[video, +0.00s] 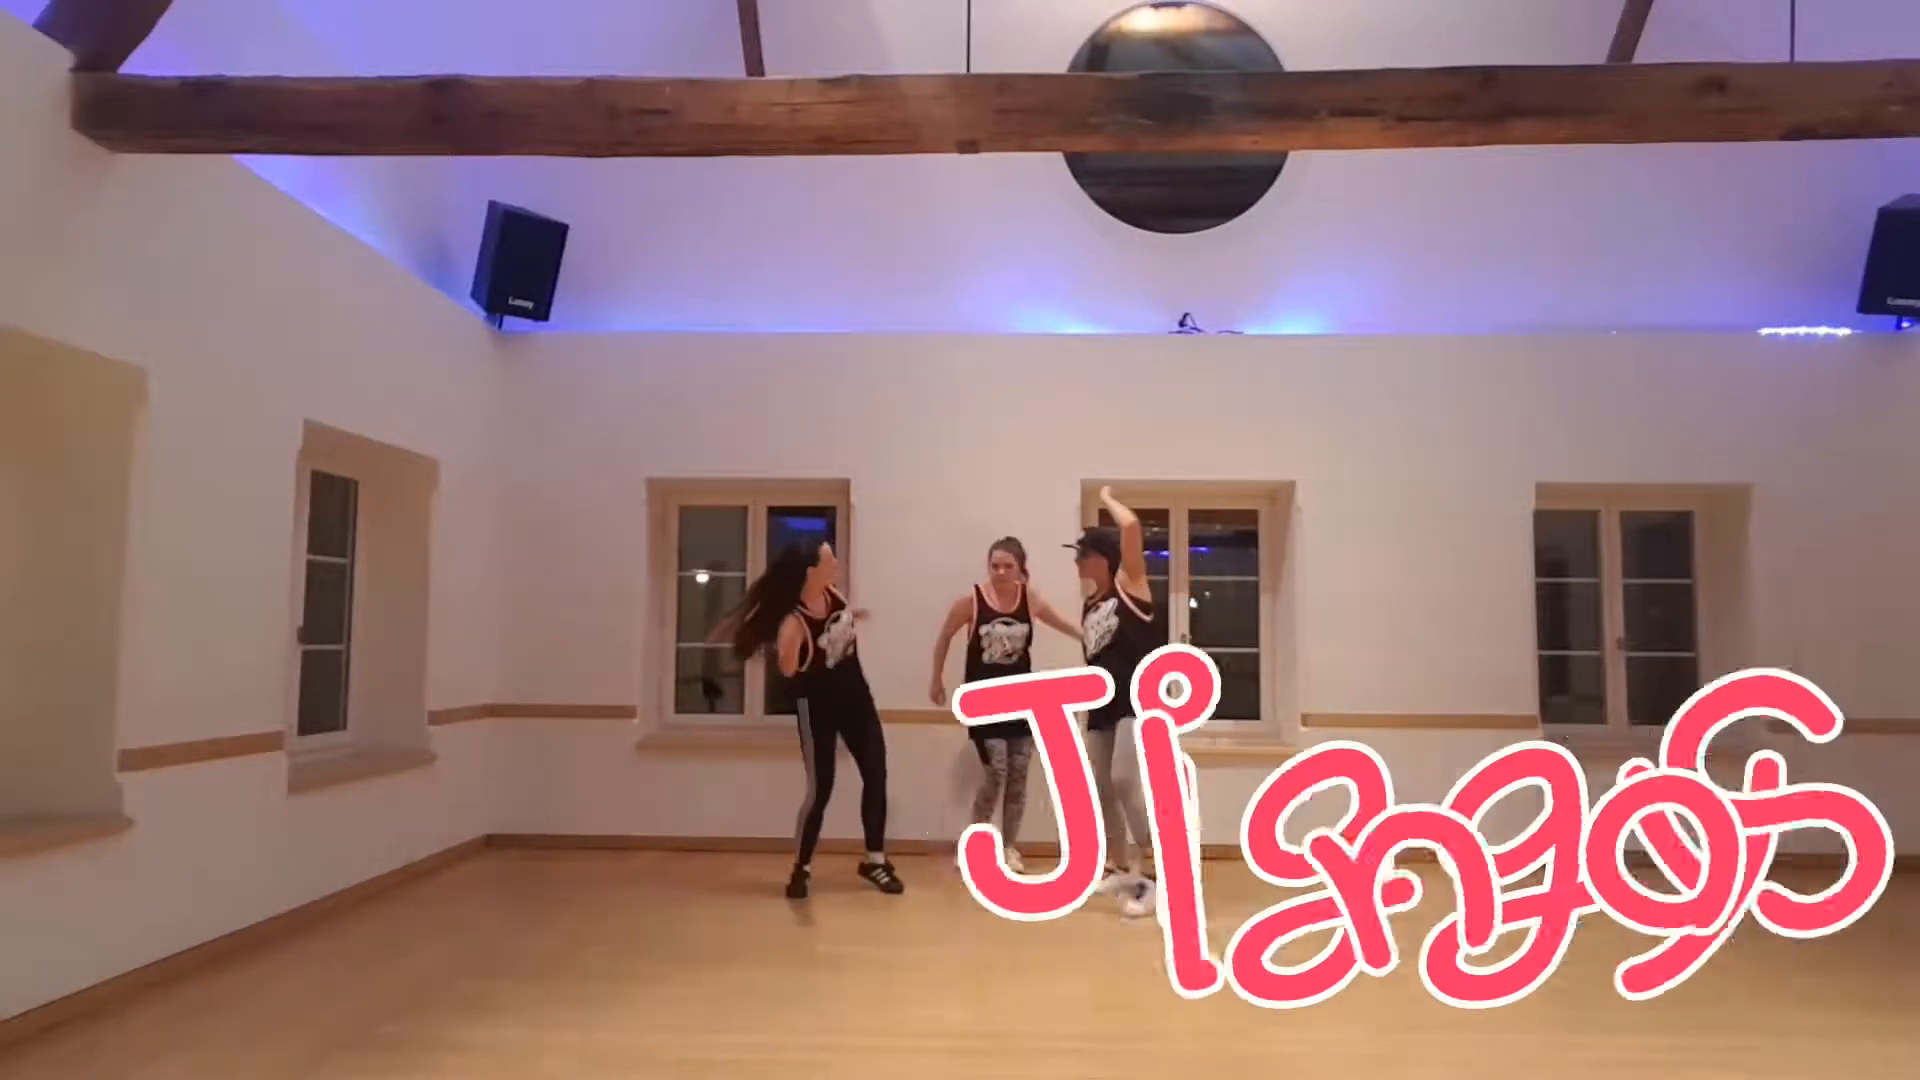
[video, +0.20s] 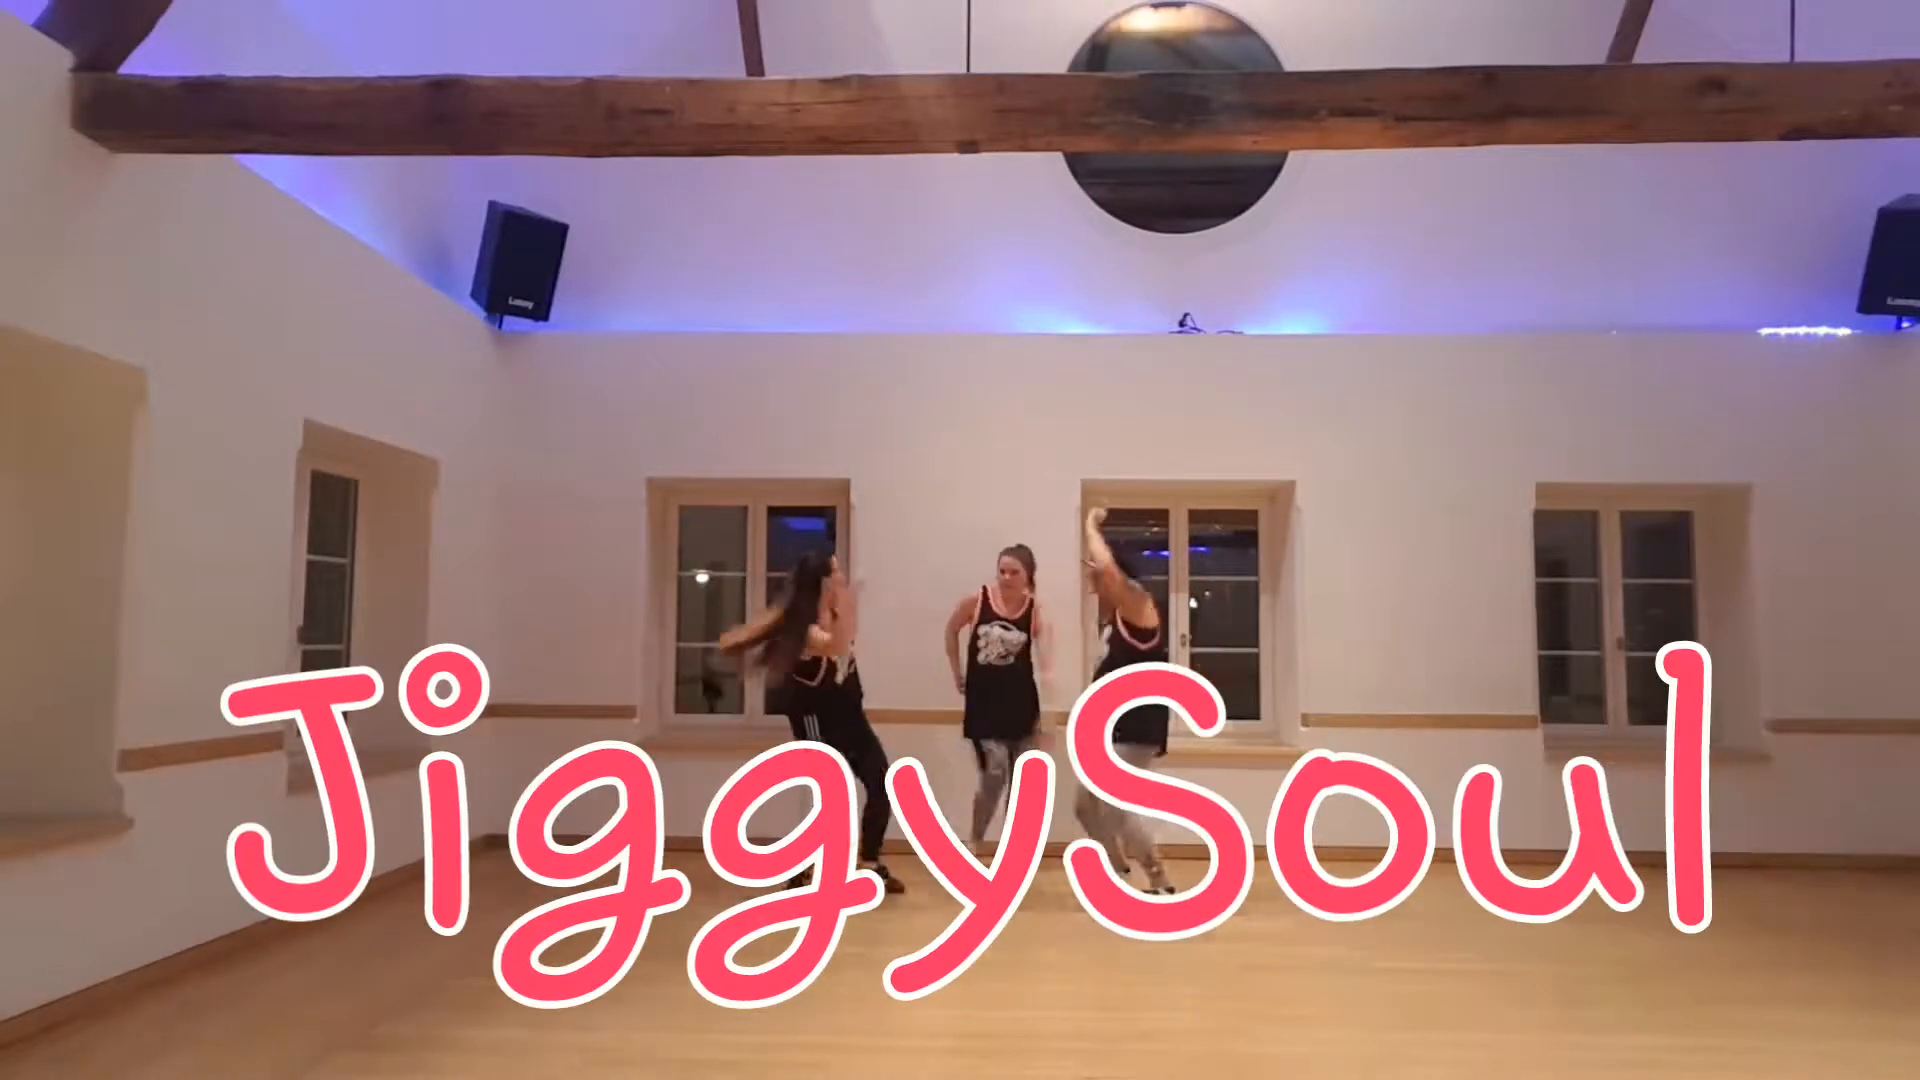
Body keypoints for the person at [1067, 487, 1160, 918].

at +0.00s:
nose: (1079, 567)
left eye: (1085, 559)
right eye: (1079, 560)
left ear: (1106, 559)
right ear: (1090, 563)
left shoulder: (1131, 584)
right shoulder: (1092, 607)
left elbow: (1130, 525)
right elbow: (1092, 658)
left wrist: (1107, 497)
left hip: (1134, 706)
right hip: (1099, 709)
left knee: (1125, 781)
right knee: (1101, 788)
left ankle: (1152, 873)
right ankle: (1119, 869)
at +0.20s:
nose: (1090, 581)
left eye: (1095, 574)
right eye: (1090, 573)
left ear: (1115, 575)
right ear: (1100, 578)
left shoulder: (1140, 605)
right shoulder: (1116, 612)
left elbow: (1107, 566)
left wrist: (1092, 528)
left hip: (1138, 728)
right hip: (1116, 728)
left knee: (1117, 807)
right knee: (1088, 805)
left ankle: (1160, 884)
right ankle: (1117, 871)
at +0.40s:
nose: (1096, 564)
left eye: (1101, 556)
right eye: (1097, 557)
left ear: (1116, 556)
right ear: (1122, 556)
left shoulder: (1139, 577)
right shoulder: (1129, 584)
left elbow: (1078, 576)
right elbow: (1085, 580)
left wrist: (1059, 537)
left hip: (1147, 703)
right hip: (1122, 703)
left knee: (1134, 792)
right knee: (1092, 783)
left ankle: (1164, 880)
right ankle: (1113, 858)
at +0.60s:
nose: (1101, 558)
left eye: (1106, 551)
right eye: (1102, 550)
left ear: (1125, 552)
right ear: (1139, 553)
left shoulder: (1117, 584)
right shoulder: (1170, 585)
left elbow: (1073, 604)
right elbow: (1200, 630)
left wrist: (1054, 564)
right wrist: (1225, 655)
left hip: (1129, 703)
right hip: (1159, 702)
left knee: (1133, 791)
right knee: (1103, 783)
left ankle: (1164, 883)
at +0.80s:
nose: (1103, 574)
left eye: (1106, 567)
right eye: (1103, 566)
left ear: (1120, 570)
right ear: (1144, 568)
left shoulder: (1114, 611)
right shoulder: (1176, 600)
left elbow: (1090, 637)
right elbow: (1209, 637)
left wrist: (1078, 601)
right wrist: (1245, 648)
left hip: (1123, 721)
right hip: (1163, 718)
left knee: (1111, 802)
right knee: (1106, 795)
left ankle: (1159, 884)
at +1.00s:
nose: (1100, 564)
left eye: (1103, 558)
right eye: (1101, 557)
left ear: (1114, 561)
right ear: (1138, 558)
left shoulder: (1108, 600)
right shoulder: (1169, 586)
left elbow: (1088, 638)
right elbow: (1205, 628)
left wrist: (1066, 604)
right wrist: (1240, 615)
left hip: (1120, 705)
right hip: (1157, 703)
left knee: (1103, 785)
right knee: (1117, 787)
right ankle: (1163, 883)